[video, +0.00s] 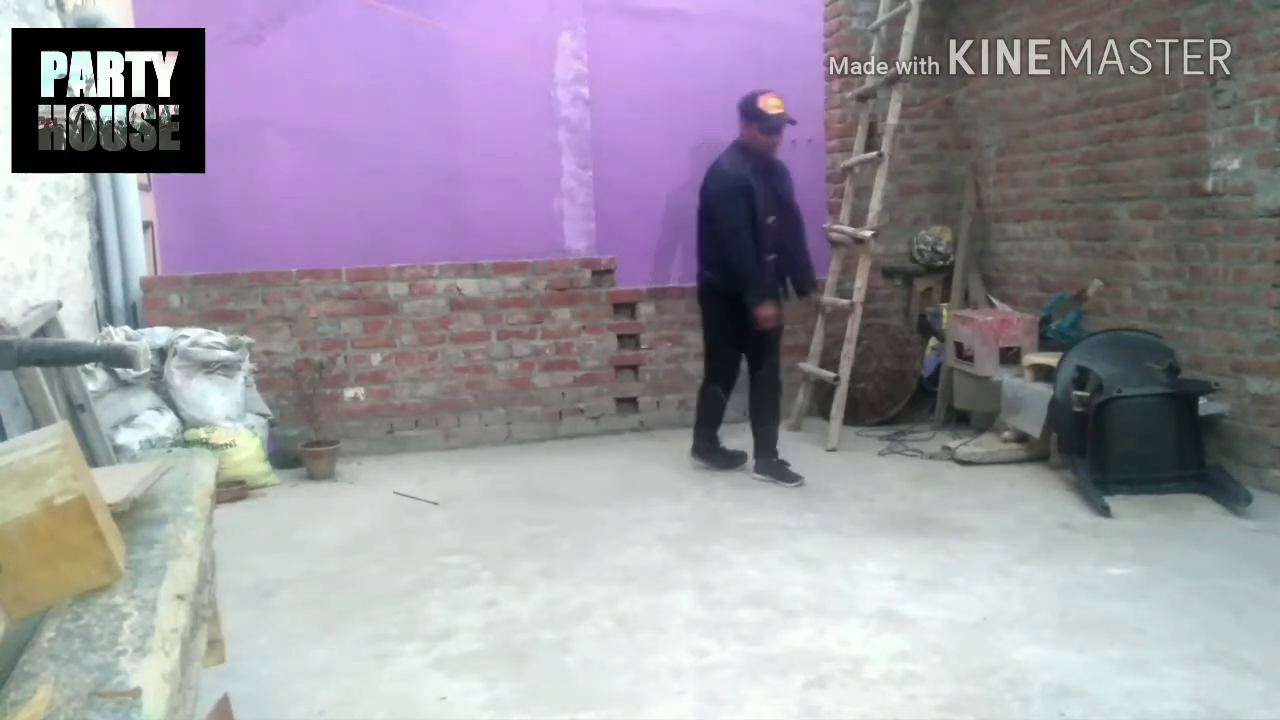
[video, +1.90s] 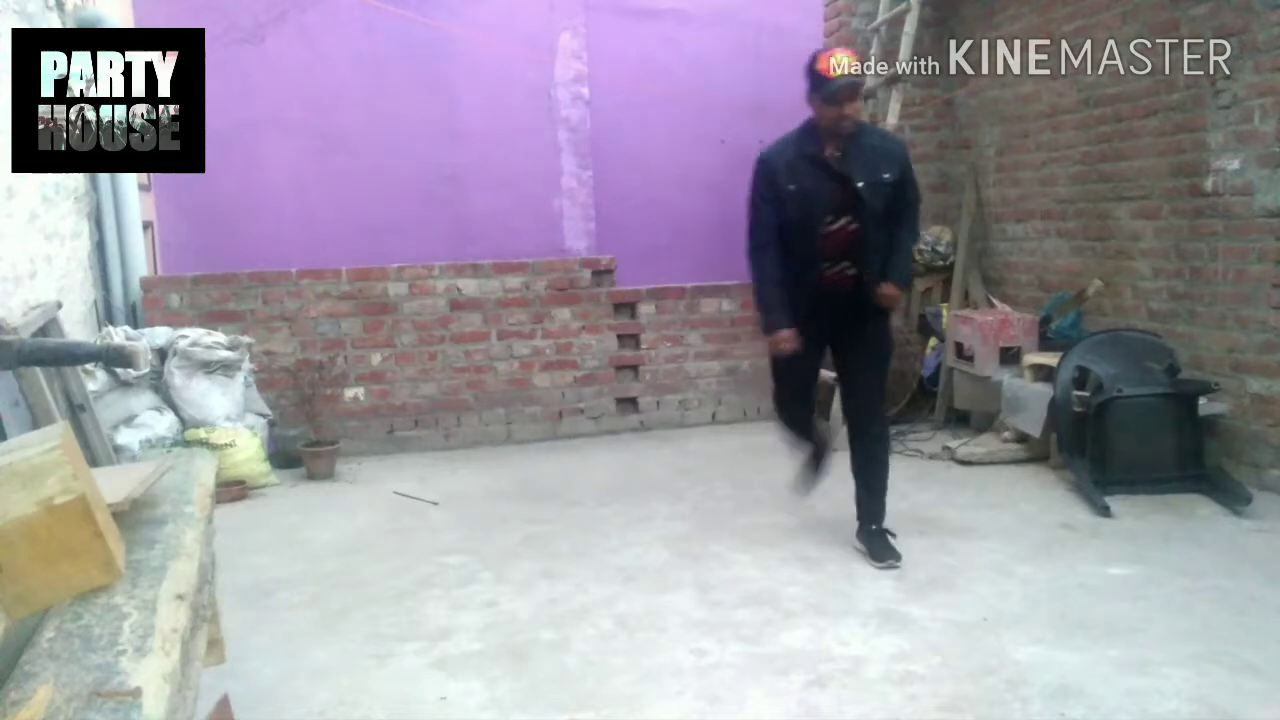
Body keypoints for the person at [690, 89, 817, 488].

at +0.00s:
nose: (776, 138)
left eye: (779, 130)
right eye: (768, 130)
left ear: (783, 128)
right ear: (746, 128)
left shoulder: (774, 170)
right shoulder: (727, 175)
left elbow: (790, 228)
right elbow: (735, 244)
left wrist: (805, 280)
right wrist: (758, 297)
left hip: (763, 286)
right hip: (723, 290)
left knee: (766, 373)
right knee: (721, 371)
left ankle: (766, 455)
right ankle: (704, 443)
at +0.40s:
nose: (787, 136)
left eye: (793, 127)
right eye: (778, 127)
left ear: (801, 123)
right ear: (760, 124)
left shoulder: (810, 168)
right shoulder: (728, 169)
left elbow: (819, 232)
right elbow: (698, 229)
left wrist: (815, 288)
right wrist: (685, 285)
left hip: (791, 295)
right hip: (742, 295)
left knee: (789, 379)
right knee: (743, 373)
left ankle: (772, 454)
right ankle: (743, 439)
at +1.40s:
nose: (775, 122)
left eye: (780, 110)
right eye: (762, 116)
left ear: (793, 103)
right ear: (749, 117)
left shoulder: (832, 156)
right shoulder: (727, 169)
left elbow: (861, 212)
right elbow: (710, 240)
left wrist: (844, 269)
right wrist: (713, 299)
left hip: (816, 299)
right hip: (755, 305)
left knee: (838, 380)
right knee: (753, 403)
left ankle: (820, 473)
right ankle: (757, 500)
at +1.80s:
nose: (830, 115)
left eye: (837, 103)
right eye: (818, 107)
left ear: (847, 102)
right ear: (797, 109)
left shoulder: (875, 157)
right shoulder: (767, 169)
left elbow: (897, 223)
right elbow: (748, 247)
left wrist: (885, 282)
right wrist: (748, 318)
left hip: (859, 310)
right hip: (793, 309)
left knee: (867, 419)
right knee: (779, 410)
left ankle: (872, 525)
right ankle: (771, 491)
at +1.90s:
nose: (847, 110)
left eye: (854, 98)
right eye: (834, 101)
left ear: (864, 97)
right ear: (811, 103)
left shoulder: (887, 152)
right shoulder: (777, 162)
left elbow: (905, 221)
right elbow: (764, 247)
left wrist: (897, 277)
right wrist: (776, 320)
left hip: (864, 310)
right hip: (801, 310)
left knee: (868, 417)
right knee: (790, 405)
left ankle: (872, 523)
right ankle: (818, 445)